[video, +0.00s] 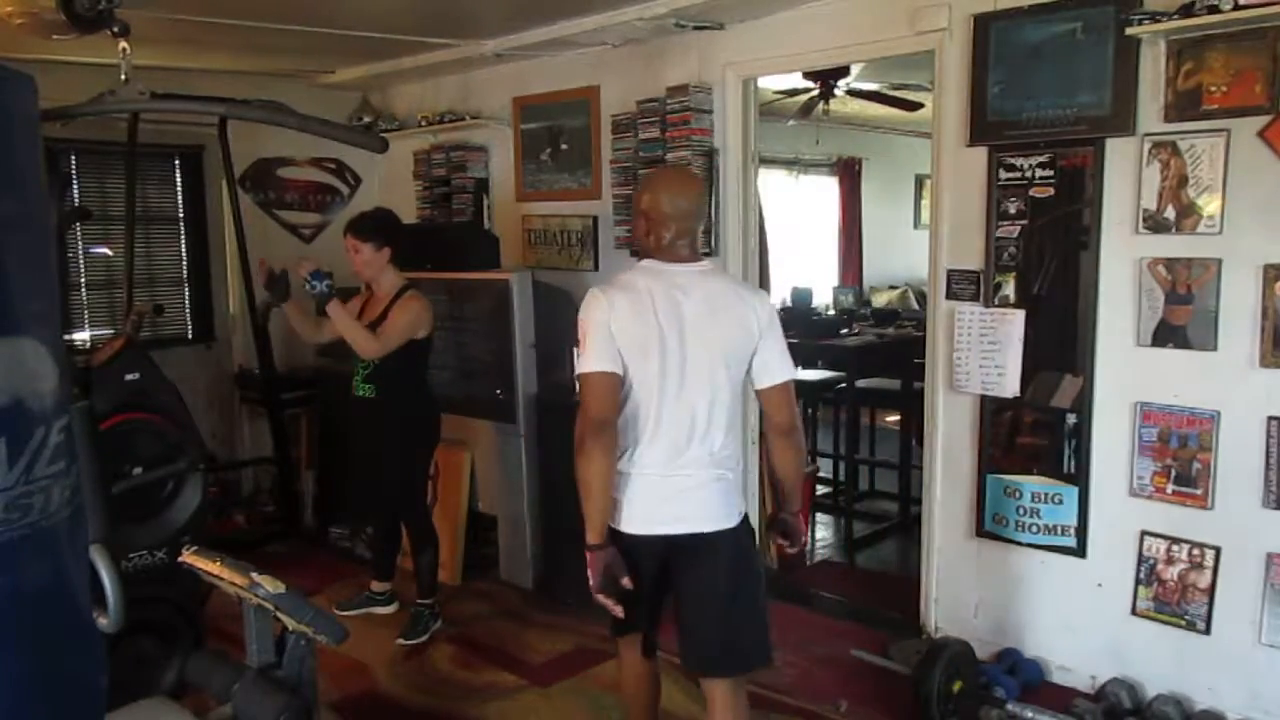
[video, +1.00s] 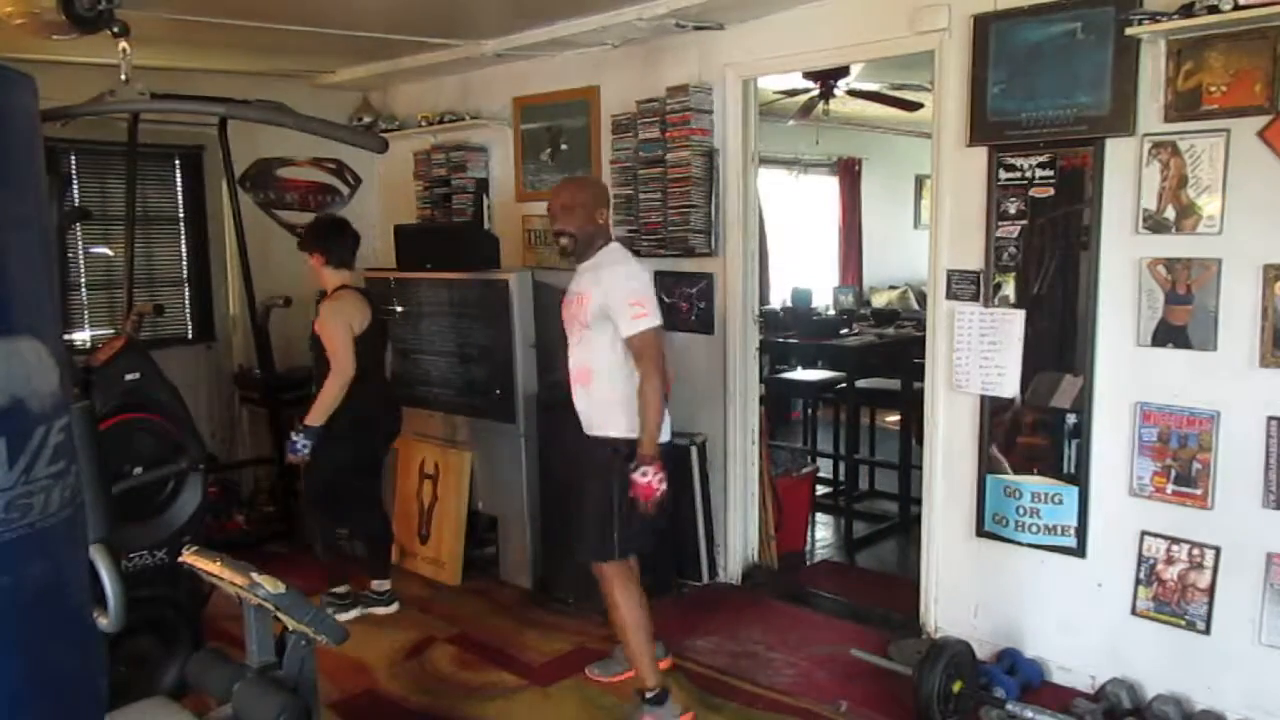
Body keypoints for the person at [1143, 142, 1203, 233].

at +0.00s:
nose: (1158, 159)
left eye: (1159, 154)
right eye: (1156, 156)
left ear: (1168, 150)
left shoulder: (1175, 161)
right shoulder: (1164, 165)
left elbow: (1170, 187)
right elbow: (1162, 188)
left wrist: (1161, 213)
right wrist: (1157, 212)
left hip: (1190, 211)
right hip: (1180, 212)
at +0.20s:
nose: (1158, 158)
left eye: (1159, 153)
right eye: (1155, 156)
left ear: (1168, 149)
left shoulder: (1175, 161)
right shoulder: (1164, 165)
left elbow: (1171, 187)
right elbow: (1162, 188)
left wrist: (1161, 213)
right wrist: (1157, 212)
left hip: (1190, 212)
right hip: (1180, 213)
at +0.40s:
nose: (1158, 158)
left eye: (1159, 153)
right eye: (1155, 156)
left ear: (1168, 149)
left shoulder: (1175, 161)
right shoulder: (1164, 165)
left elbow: (1171, 187)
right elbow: (1162, 188)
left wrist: (1160, 213)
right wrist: (1157, 213)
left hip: (1190, 212)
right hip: (1180, 213)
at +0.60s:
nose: (1158, 158)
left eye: (1159, 153)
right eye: (1155, 156)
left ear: (1168, 149)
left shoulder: (1175, 161)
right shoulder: (1164, 165)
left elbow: (1171, 188)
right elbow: (1162, 188)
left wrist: (1160, 213)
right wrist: (1157, 213)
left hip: (1190, 212)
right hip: (1180, 213)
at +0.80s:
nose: (1158, 158)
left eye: (1159, 153)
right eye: (1155, 156)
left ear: (1168, 149)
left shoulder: (1175, 161)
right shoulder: (1164, 165)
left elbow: (1171, 188)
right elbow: (1162, 188)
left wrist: (1160, 213)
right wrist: (1157, 213)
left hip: (1190, 212)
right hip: (1180, 213)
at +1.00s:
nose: (1158, 158)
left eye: (1159, 154)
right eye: (1155, 156)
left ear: (1168, 149)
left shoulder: (1175, 161)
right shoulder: (1164, 164)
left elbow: (1170, 188)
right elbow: (1162, 188)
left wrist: (1160, 213)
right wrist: (1157, 212)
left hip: (1190, 211)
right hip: (1180, 212)